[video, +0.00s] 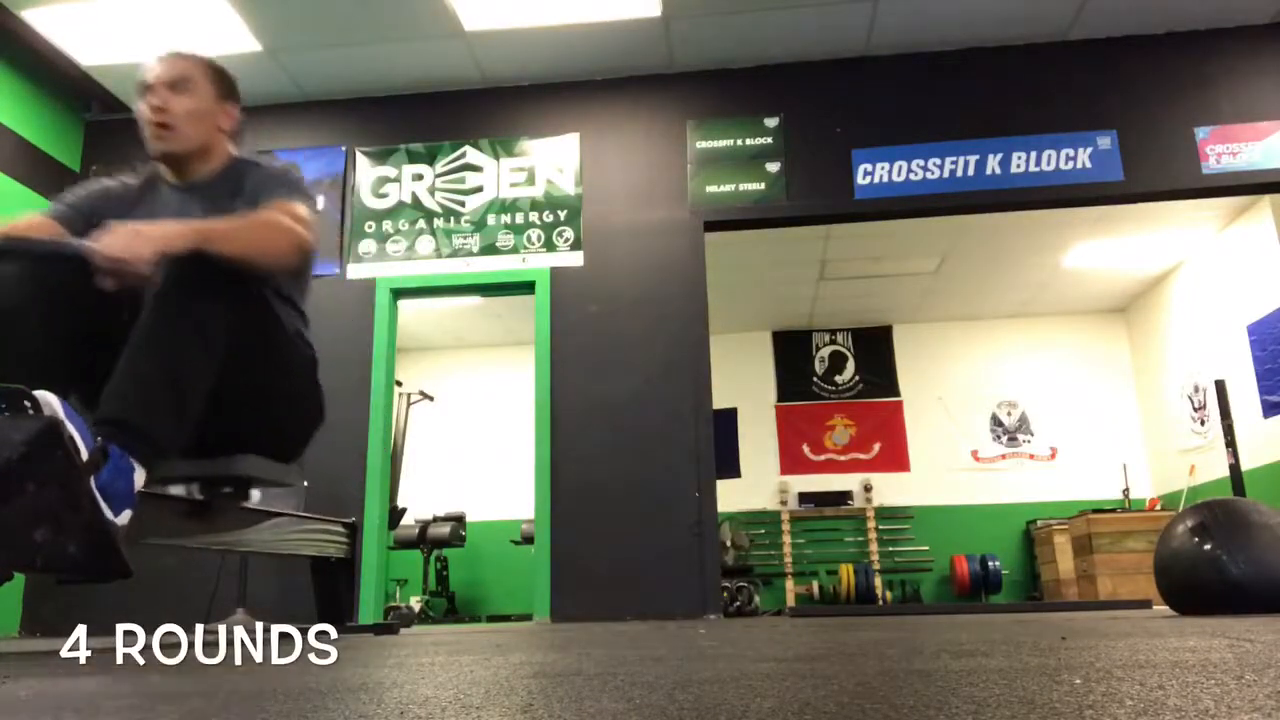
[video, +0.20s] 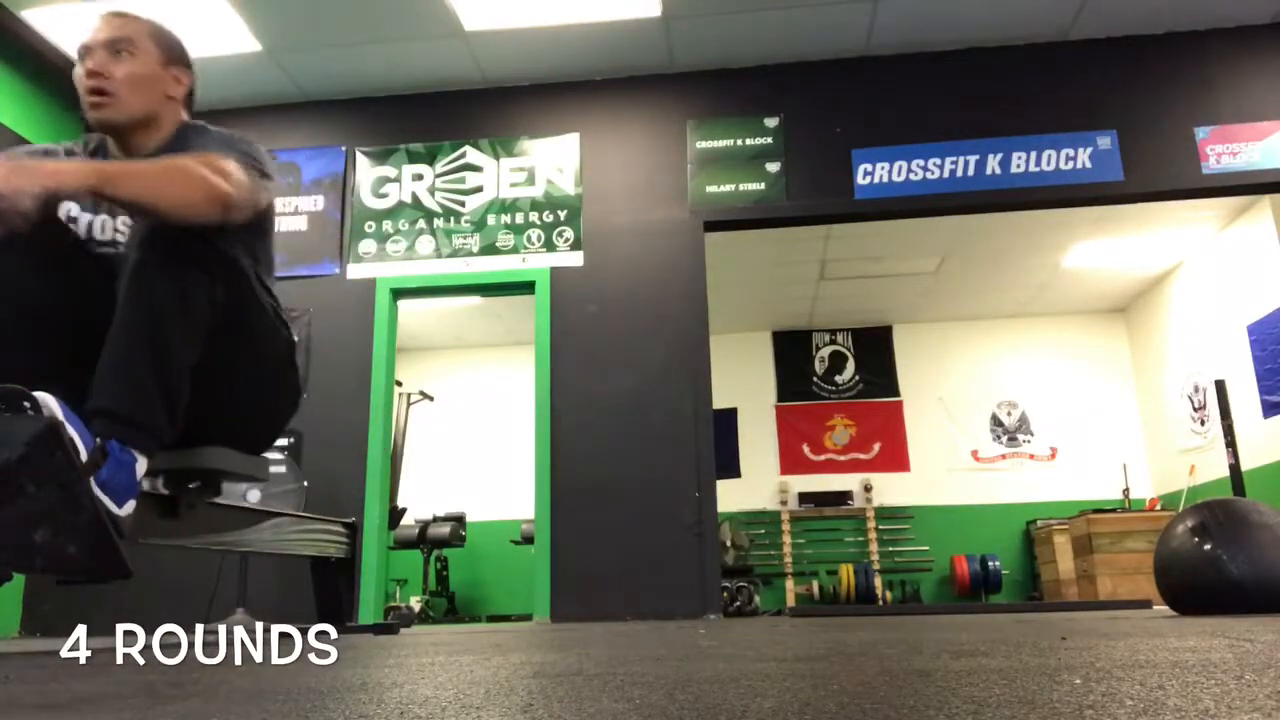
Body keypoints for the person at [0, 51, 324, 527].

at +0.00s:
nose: (156, 102)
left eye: (179, 88)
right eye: (147, 92)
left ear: (227, 117)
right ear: (138, 113)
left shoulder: (269, 182)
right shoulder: (119, 195)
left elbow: (290, 242)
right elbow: (17, 234)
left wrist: (171, 235)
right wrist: (93, 250)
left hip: (260, 406)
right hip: (139, 398)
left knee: (199, 269)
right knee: (30, 266)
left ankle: (121, 460)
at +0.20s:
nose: (93, 68)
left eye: (120, 52)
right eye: (85, 59)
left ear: (177, 82)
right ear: (76, 81)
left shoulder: (229, 152)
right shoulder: (66, 161)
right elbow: (9, 170)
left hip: (231, 393)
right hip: (103, 382)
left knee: (178, 226)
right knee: (21, 228)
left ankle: (121, 449)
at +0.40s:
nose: (114, 67)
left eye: (141, 53)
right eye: (110, 58)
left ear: (195, 86)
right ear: (100, 84)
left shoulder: (242, 154)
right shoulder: (78, 172)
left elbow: (219, 188)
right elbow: (4, 193)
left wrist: (72, 141)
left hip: (234, 389)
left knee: (181, 219)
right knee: (26, 233)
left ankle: (123, 448)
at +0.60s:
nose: (201, 107)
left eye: (226, 97)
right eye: (194, 99)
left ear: (267, 131)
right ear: (184, 124)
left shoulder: (299, 192)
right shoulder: (159, 201)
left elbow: (281, 234)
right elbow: (61, 241)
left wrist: (176, 195)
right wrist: (1, 231)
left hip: (274, 399)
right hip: (170, 396)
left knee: (200, 275)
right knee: (79, 275)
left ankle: (115, 468)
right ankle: (12, 440)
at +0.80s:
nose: (276, 166)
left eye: (294, 158)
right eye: (272, 159)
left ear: (331, 185)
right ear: (264, 177)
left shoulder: (352, 242)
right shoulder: (244, 248)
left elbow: (353, 280)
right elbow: (156, 288)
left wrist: (268, 251)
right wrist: (80, 272)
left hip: (320, 412)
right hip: (226, 406)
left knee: (244, 349)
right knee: (133, 338)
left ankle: (115, 484)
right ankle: (37, 447)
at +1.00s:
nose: (324, 225)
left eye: (339, 218)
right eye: (320, 218)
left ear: (371, 239)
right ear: (311, 233)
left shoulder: (389, 290)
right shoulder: (279, 296)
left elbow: (413, 346)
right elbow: (211, 360)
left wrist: (345, 321)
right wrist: (173, 332)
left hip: (342, 417)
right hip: (262, 409)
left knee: (256, 415)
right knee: (163, 414)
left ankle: (128, 486)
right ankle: (89, 468)